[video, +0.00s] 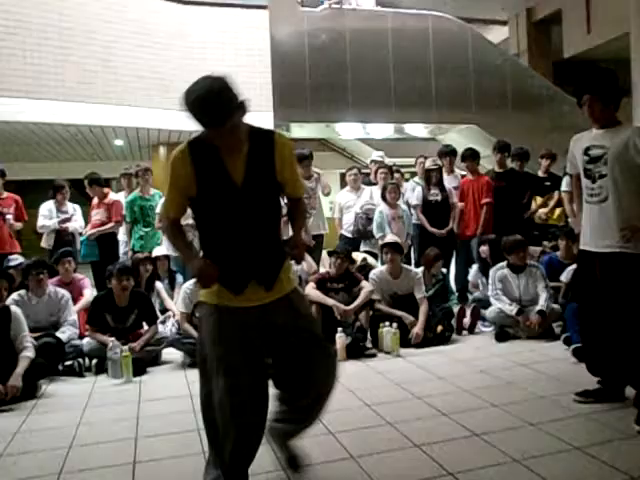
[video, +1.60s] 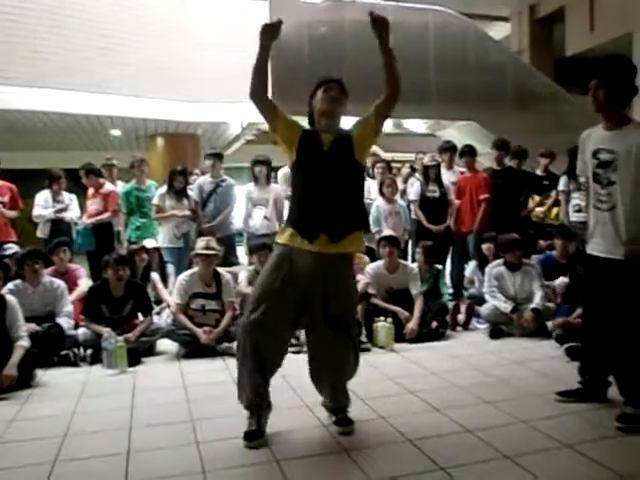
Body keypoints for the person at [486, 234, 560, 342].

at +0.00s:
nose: (522, 255)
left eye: (524, 251)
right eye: (517, 253)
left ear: (527, 251)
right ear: (507, 256)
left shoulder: (536, 269)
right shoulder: (497, 272)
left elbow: (544, 291)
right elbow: (495, 296)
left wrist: (541, 311)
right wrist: (517, 311)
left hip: (532, 307)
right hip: (510, 309)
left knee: (555, 310)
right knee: (492, 314)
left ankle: (514, 333)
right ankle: (539, 331)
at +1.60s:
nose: (517, 254)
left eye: (519, 250)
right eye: (512, 252)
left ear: (522, 251)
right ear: (503, 254)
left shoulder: (531, 268)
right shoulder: (492, 270)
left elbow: (539, 290)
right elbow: (490, 292)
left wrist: (534, 310)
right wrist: (511, 309)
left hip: (526, 304)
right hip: (505, 304)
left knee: (550, 309)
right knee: (487, 311)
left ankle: (508, 330)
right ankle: (531, 329)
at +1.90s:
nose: (513, 228)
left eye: (514, 224)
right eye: (507, 225)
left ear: (517, 224)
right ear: (499, 227)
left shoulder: (526, 241)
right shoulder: (489, 242)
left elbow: (535, 263)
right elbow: (487, 267)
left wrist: (530, 283)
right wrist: (507, 282)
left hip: (522, 278)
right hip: (501, 278)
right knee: (485, 284)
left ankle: (504, 304)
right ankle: (529, 302)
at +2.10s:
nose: (514, 226)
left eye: (515, 222)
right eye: (509, 224)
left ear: (519, 222)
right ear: (499, 226)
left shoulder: (527, 240)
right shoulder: (490, 242)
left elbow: (536, 261)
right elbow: (488, 265)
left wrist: (532, 280)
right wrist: (508, 280)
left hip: (523, 277)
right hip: (502, 277)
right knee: (485, 283)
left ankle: (505, 302)